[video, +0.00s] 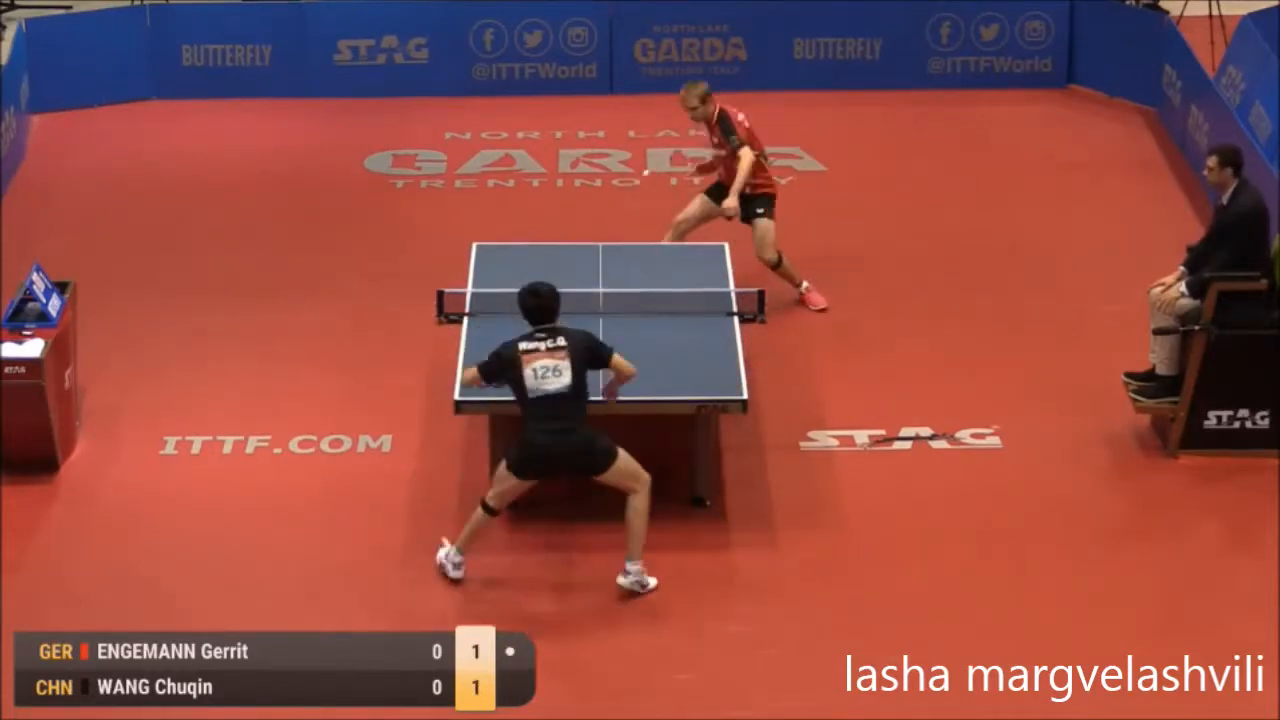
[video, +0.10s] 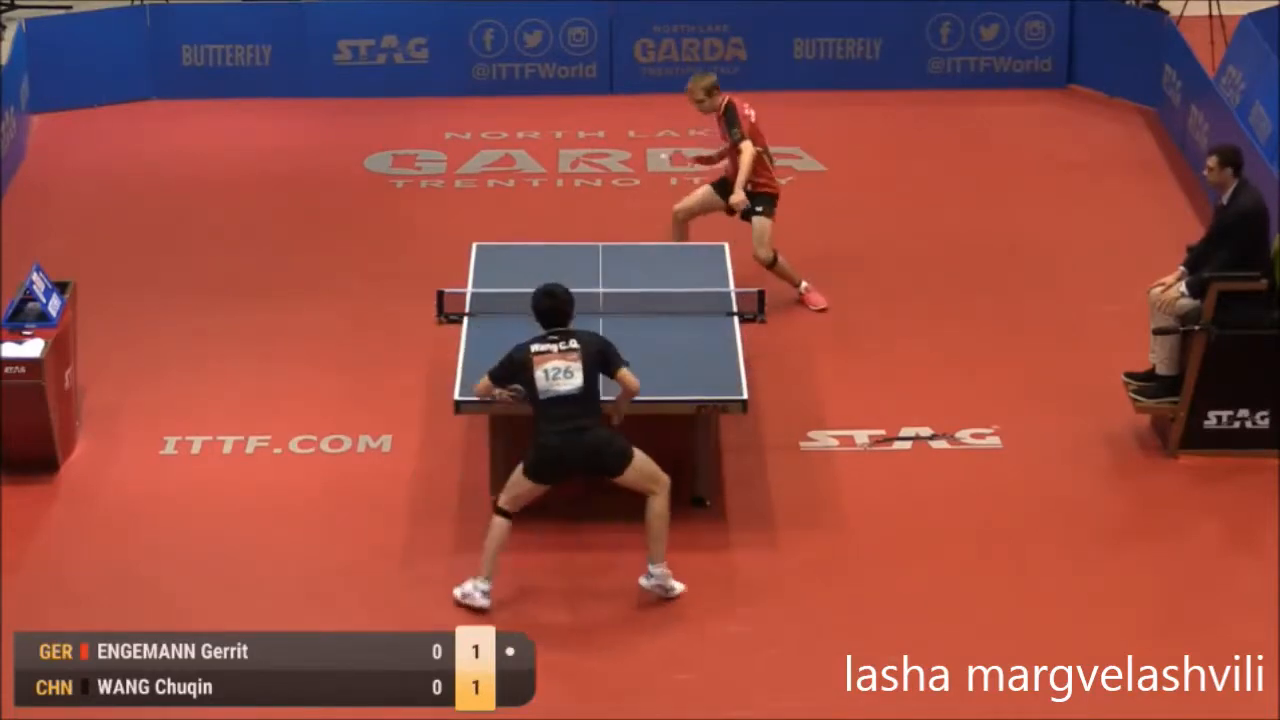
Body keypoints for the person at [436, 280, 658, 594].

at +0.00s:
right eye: (551, 307)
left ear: (525, 314)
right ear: (557, 310)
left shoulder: (510, 352)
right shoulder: (579, 341)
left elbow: (468, 378)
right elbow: (627, 371)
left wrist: (485, 377)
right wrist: (612, 387)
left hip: (534, 446)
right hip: (580, 442)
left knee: (494, 500)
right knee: (640, 484)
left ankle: (454, 556)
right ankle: (634, 570)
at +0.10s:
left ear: (537, 316)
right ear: (571, 312)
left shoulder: (523, 352)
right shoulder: (593, 343)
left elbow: (482, 389)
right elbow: (632, 385)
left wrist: (505, 393)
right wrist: (618, 409)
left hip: (550, 449)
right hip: (596, 444)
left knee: (505, 507)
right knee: (659, 484)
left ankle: (482, 585)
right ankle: (657, 572)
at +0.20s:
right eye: (583, 331)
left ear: (560, 342)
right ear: (593, 338)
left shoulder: (546, 380)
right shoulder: (616, 373)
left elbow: (505, 423)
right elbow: (642, 426)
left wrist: (530, 431)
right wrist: (631, 440)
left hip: (570, 476)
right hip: (617, 471)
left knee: (525, 536)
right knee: (674, 519)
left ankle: (516, 617)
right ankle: (720, 590)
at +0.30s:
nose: (608, 366)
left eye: (596, 363)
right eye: (613, 362)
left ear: (590, 371)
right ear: (623, 367)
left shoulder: (579, 410)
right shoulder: (646, 400)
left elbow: (545, 459)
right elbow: (677, 449)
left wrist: (577, 460)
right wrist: (648, 454)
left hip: (598, 505)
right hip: (649, 502)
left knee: (543, 537)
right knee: (708, 535)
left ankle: (516, 618)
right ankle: (745, 612)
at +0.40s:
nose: (621, 365)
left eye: (616, 362)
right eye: (634, 360)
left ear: (614, 370)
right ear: (647, 363)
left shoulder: (612, 409)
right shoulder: (673, 392)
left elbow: (596, 464)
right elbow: (702, 436)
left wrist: (574, 468)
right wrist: (669, 436)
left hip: (632, 499)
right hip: (680, 495)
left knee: (575, 550)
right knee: (739, 526)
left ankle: (520, 615)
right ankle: (747, 612)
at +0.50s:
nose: (650, 359)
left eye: (648, 355)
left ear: (647, 362)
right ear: (680, 354)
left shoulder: (653, 403)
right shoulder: (703, 377)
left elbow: (652, 461)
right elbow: (728, 415)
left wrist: (613, 484)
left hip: (687, 486)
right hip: (730, 479)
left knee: (629, 547)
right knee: (764, 528)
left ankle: (590, 622)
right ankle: (750, 609)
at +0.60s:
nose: (671, 354)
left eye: (668, 349)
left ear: (665, 356)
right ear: (698, 349)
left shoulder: (673, 400)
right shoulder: (722, 374)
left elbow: (678, 458)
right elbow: (743, 417)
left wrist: (645, 498)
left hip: (717, 482)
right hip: (757, 473)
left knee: (661, 540)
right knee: (784, 520)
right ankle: (770, 596)